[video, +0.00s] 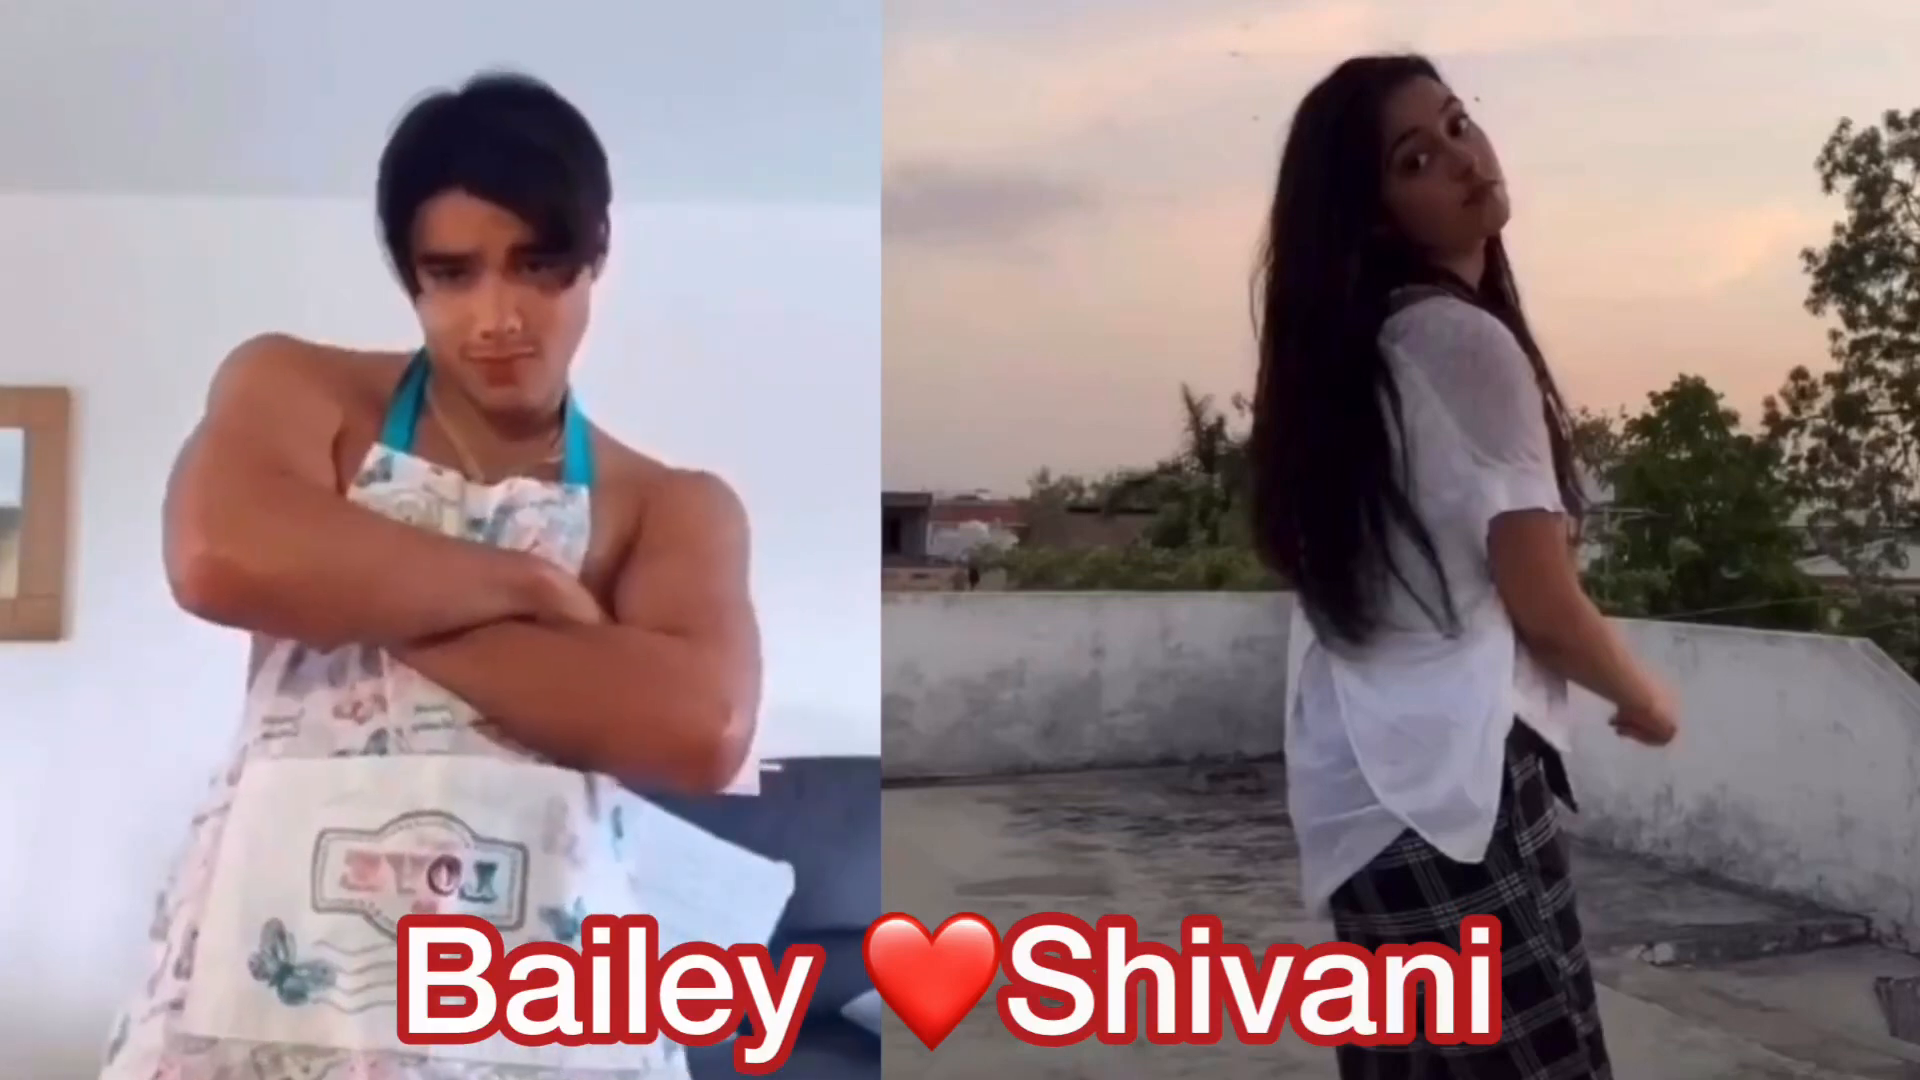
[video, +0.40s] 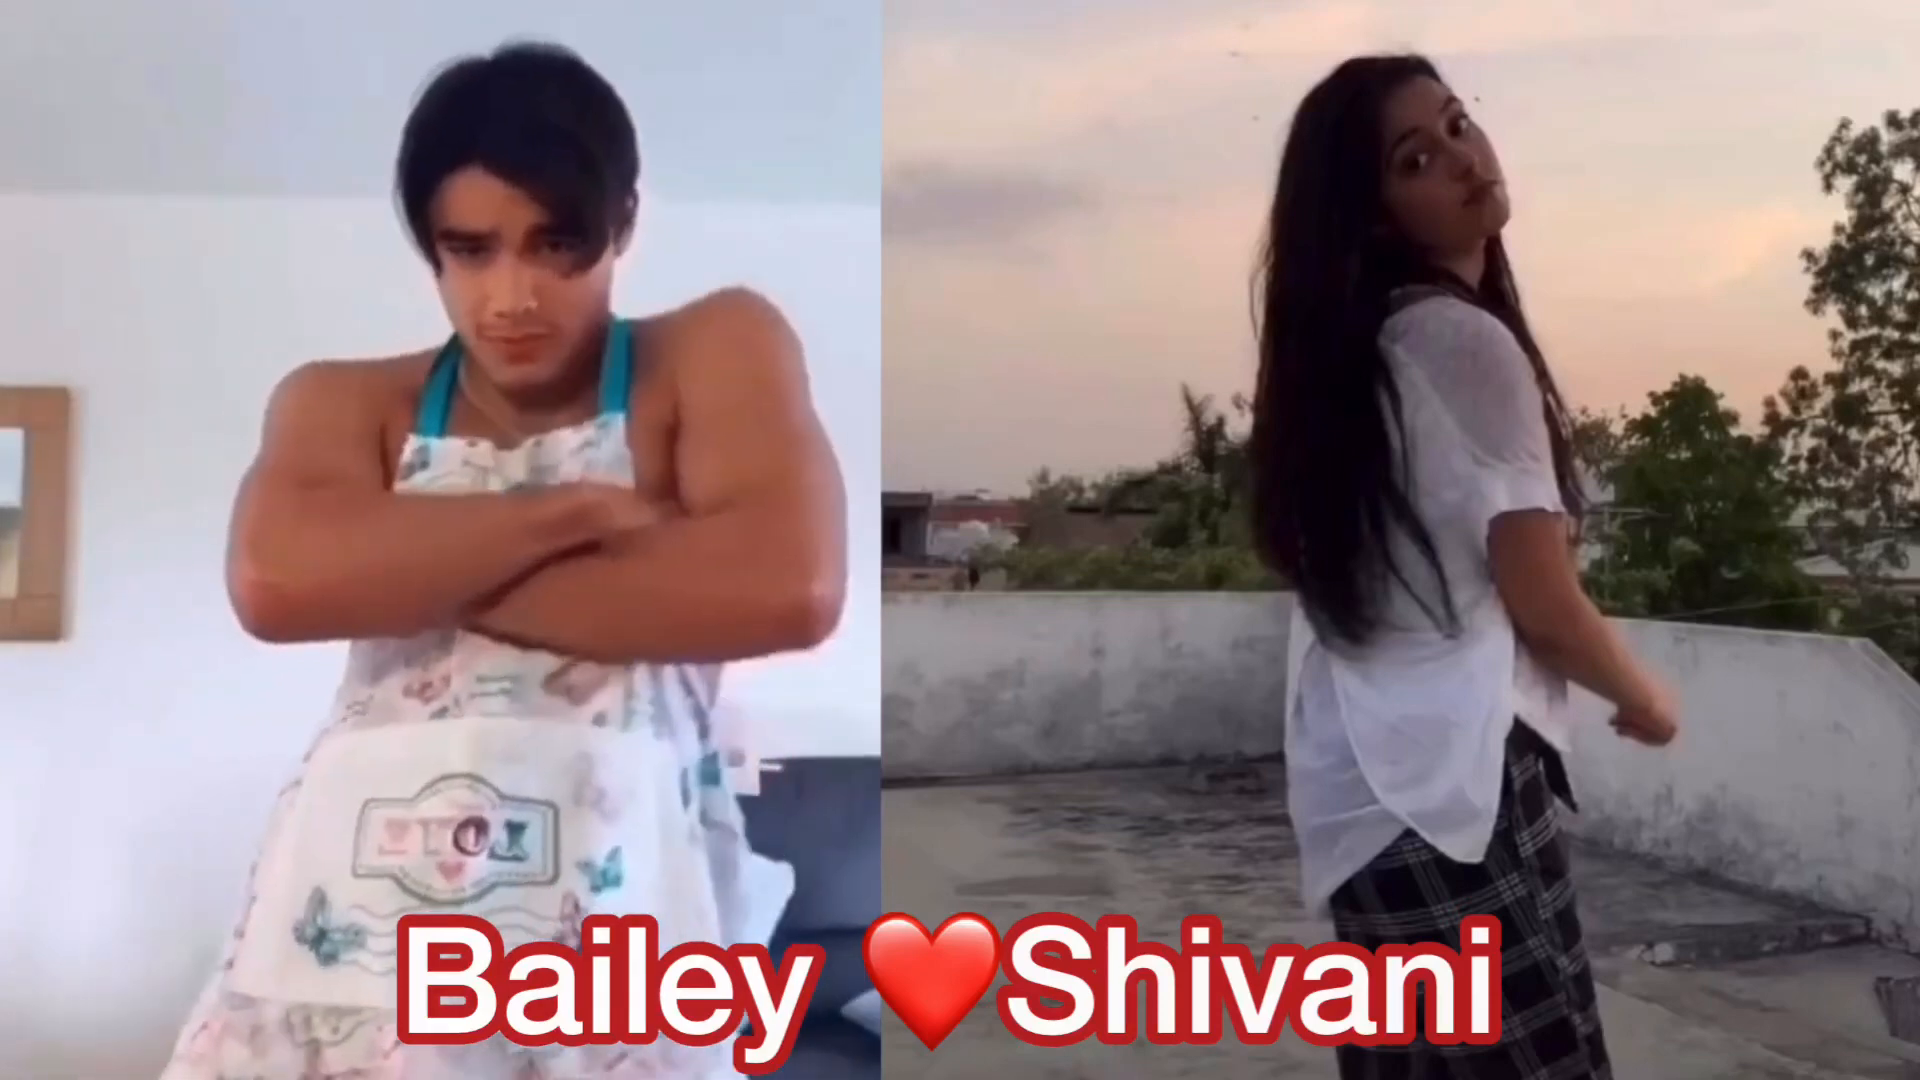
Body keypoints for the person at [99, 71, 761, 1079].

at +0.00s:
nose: (495, 318)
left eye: (541, 268)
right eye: (451, 273)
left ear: (598, 255)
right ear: (407, 274)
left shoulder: (676, 507)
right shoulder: (291, 385)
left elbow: (702, 734)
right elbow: (219, 556)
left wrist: (397, 613)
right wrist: (529, 584)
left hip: (544, 1000)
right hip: (267, 984)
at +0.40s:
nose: (511, 297)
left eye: (557, 247)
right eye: (469, 249)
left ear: (625, 228)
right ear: (427, 243)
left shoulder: (717, 348)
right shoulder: (342, 398)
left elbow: (787, 586)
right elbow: (277, 583)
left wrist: (455, 575)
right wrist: (586, 511)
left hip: (616, 876)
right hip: (362, 870)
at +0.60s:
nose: (549, 309)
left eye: (598, 263)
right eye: (512, 261)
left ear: (667, 250)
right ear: (470, 254)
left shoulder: (744, 316)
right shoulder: (395, 474)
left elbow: (843, 555)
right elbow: (383, 649)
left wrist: (525, 607)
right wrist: (663, 510)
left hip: (748, 901)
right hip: (499, 910)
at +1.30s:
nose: (535, 302)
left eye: (576, 249)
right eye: (487, 258)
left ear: (628, 243)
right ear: (438, 259)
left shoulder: (703, 461)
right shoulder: (339, 361)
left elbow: (774, 687)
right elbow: (337, 562)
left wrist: (499, 596)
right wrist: (616, 560)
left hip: (654, 958)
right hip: (386, 944)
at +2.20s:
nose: (624, 305)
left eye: (675, 257)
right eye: (585, 255)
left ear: (729, 262)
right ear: (538, 255)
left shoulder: (804, 341)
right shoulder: (446, 487)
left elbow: (845, 584)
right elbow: (422, 678)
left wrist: (557, 618)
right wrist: (704, 524)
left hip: (797, 922)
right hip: (558, 945)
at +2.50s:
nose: (623, 276)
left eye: (672, 225)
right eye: (580, 223)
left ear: (726, 228)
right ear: (527, 216)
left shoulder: (796, 354)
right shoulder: (418, 445)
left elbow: (865, 612)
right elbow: (425, 679)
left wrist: (554, 607)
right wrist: (722, 522)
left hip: (801, 924)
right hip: (557, 939)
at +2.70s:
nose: (569, 264)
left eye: (617, 211)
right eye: (525, 213)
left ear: (669, 211)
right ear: (470, 208)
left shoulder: (755, 410)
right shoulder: (349, 430)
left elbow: (863, 690)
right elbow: (162, 733)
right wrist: (231, 691)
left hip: (737, 931)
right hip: (478, 946)